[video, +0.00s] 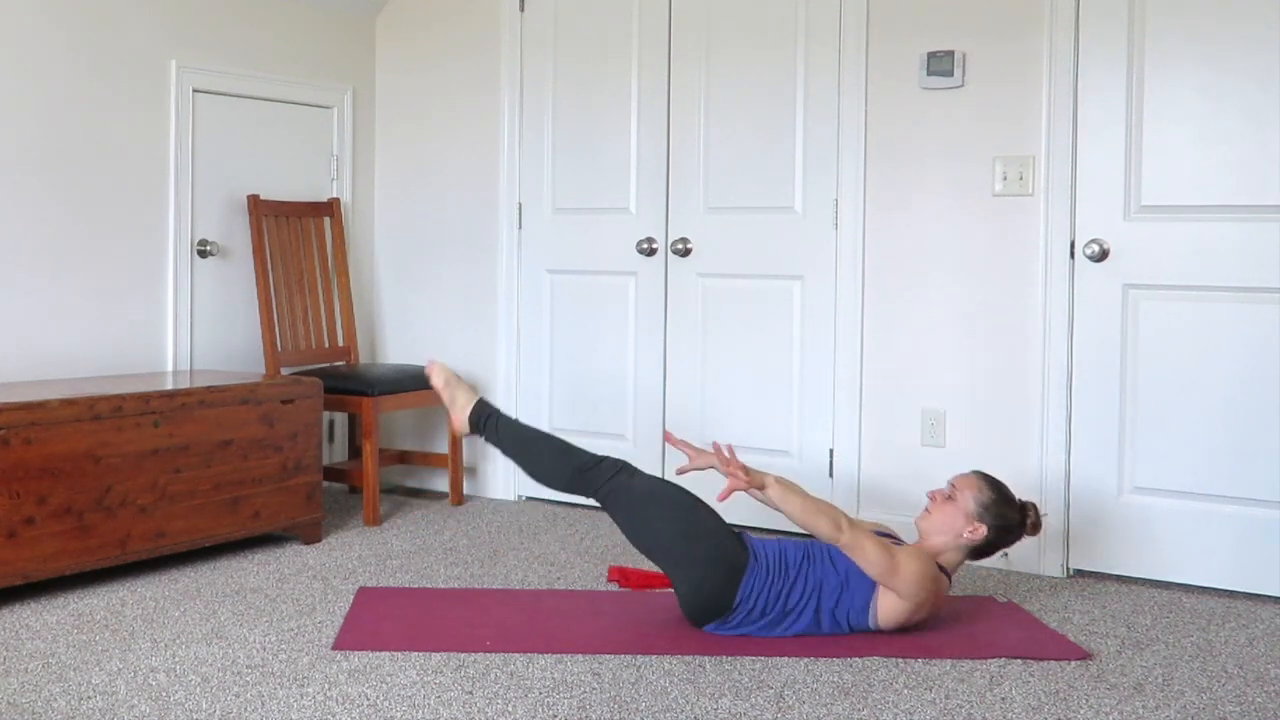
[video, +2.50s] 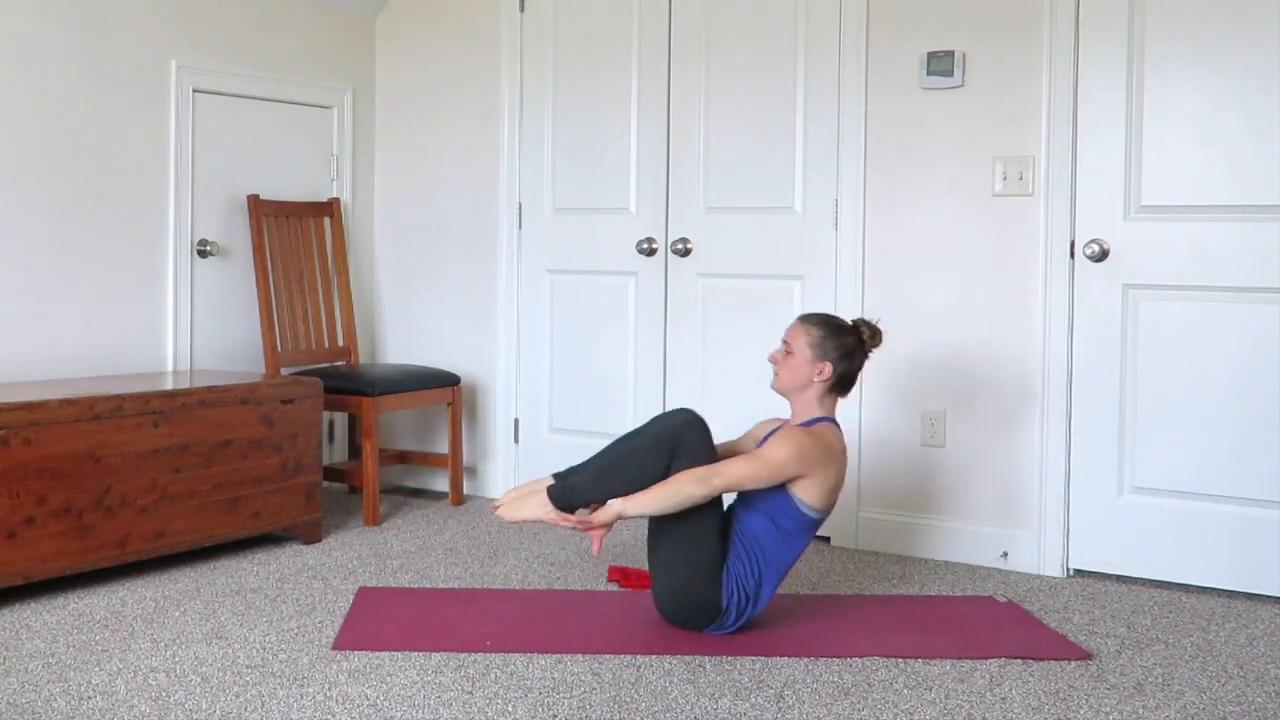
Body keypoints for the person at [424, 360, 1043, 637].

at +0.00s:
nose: (932, 500)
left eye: (949, 502)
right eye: (942, 492)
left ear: (971, 537)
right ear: (950, 520)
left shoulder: (917, 578)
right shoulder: (909, 559)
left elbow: (839, 531)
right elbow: (827, 518)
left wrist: (754, 480)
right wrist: (740, 471)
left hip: (729, 587)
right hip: (732, 569)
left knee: (611, 477)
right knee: (615, 476)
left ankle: (473, 414)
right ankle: (478, 417)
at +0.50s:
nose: (873, 438)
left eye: (890, 433)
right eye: (881, 427)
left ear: (922, 459)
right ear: (909, 451)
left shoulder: (889, 516)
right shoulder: (876, 499)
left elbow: (786, 501)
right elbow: (781, 497)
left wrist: (690, 490)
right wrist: (686, 488)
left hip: (719, 592)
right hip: (723, 569)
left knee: (591, 488)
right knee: (596, 485)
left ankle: (444, 513)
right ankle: (449, 511)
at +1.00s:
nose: (786, 365)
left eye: (799, 358)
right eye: (792, 354)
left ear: (834, 377)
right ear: (829, 378)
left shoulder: (822, 453)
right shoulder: (793, 437)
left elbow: (724, 491)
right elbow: (708, 466)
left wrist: (631, 516)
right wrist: (621, 508)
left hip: (709, 598)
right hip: (704, 580)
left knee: (656, 433)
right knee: (651, 431)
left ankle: (540, 524)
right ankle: (543, 515)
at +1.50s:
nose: (916, 486)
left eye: (933, 484)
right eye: (925, 476)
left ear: (962, 516)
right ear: (942, 504)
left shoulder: (913, 569)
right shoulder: (897, 545)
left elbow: (820, 541)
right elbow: (809, 539)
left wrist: (734, 512)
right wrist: (725, 514)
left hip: (724, 584)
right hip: (724, 562)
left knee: (578, 517)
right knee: (579, 509)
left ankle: (432, 500)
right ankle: (439, 490)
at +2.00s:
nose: (906, 478)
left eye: (923, 475)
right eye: (915, 467)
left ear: (955, 503)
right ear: (935, 493)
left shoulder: (913, 557)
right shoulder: (897, 536)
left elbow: (814, 528)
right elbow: (808, 538)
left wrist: (731, 505)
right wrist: (732, 509)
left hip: (729, 585)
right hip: (727, 565)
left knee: (584, 522)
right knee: (584, 512)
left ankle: (434, 513)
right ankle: (436, 506)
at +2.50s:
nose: (774, 358)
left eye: (788, 351)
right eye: (781, 348)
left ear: (821, 372)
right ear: (816, 371)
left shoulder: (808, 443)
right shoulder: (778, 430)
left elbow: (712, 482)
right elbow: (698, 466)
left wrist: (617, 510)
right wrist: (604, 503)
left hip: (711, 599)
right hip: (704, 582)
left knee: (684, 431)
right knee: (681, 426)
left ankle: (558, 499)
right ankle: (559, 487)